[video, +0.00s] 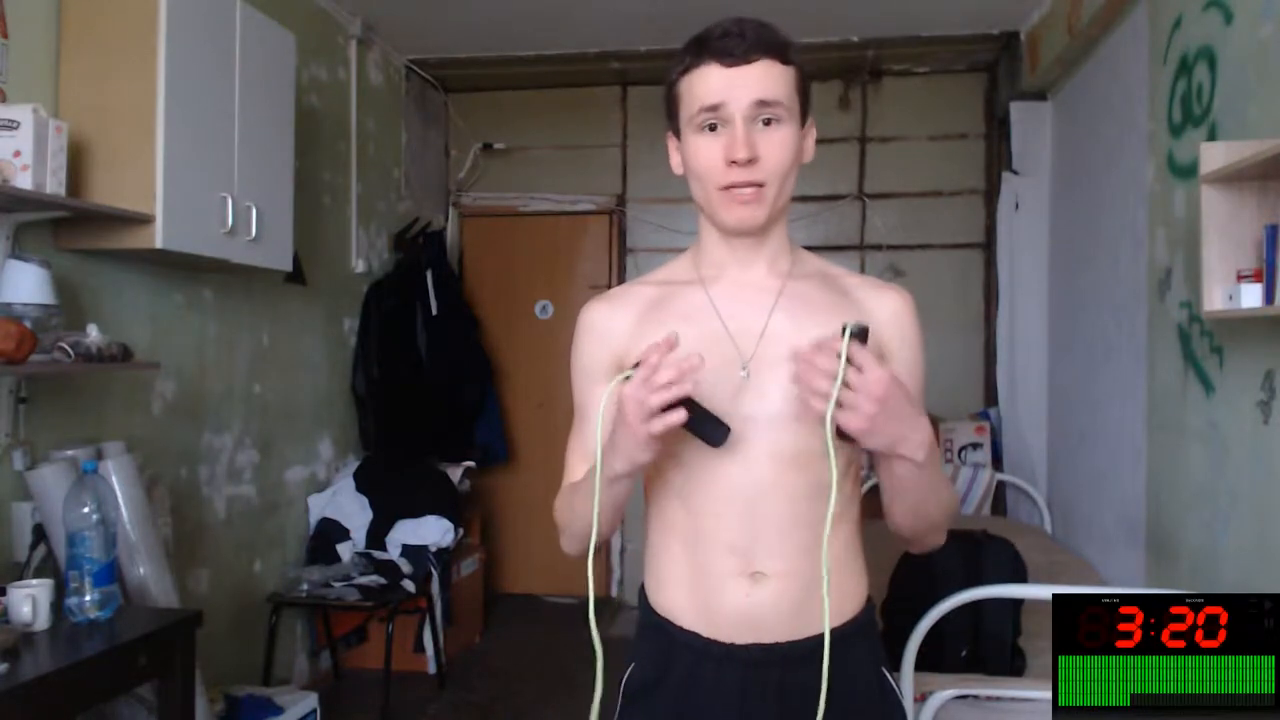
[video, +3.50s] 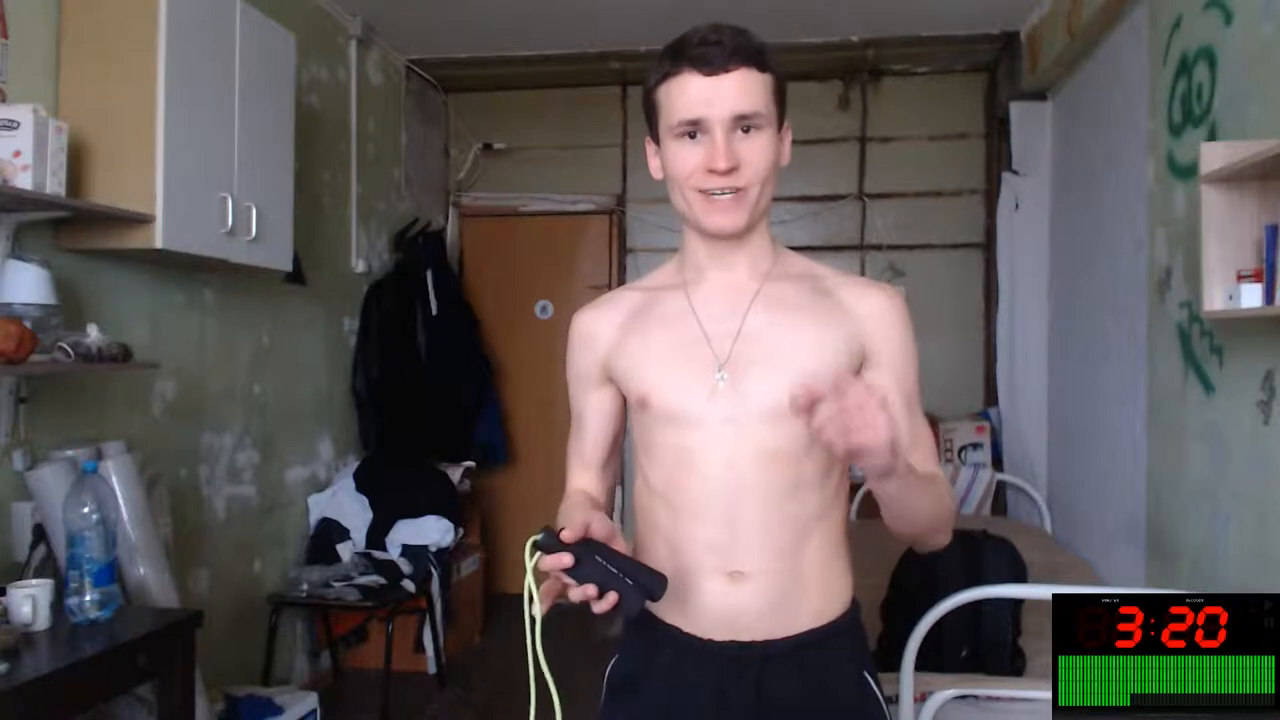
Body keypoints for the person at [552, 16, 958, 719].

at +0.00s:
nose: (740, 150)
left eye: (767, 120)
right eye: (712, 125)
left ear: (806, 143)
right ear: (676, 154)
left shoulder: (879, 312)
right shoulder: (614, 321)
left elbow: (923, 532)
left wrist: (910, 444)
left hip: (836, 672)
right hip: (677, 671)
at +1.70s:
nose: (705, 143)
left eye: (730, 114)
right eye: (676, 124)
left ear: (772, 140)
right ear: (648, 162)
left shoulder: (867, 307)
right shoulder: (606, 334)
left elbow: (932, 515)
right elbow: (586, 507)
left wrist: (828, 499)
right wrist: (596, 535)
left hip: (824, 677)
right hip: (667, 677)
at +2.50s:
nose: (726, 124)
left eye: (755, 108)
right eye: (700, 105)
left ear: (789, 152)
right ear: (662, 147)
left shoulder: (868, 303)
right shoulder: (603, 327)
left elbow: (948, 517)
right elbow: (573, 506)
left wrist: (833, 415)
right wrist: (602, 536)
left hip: (826, 669)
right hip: (671, 670)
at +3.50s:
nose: (721, 160)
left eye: (746, 128)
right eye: (692, 134)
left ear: (783, 145)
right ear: (654, 157)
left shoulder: (867, 313)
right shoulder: (605, 328)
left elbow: (932, 532)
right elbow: (585, 491)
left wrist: (888, 468)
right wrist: (591, 543)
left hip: (818, 671)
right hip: (664, 669)